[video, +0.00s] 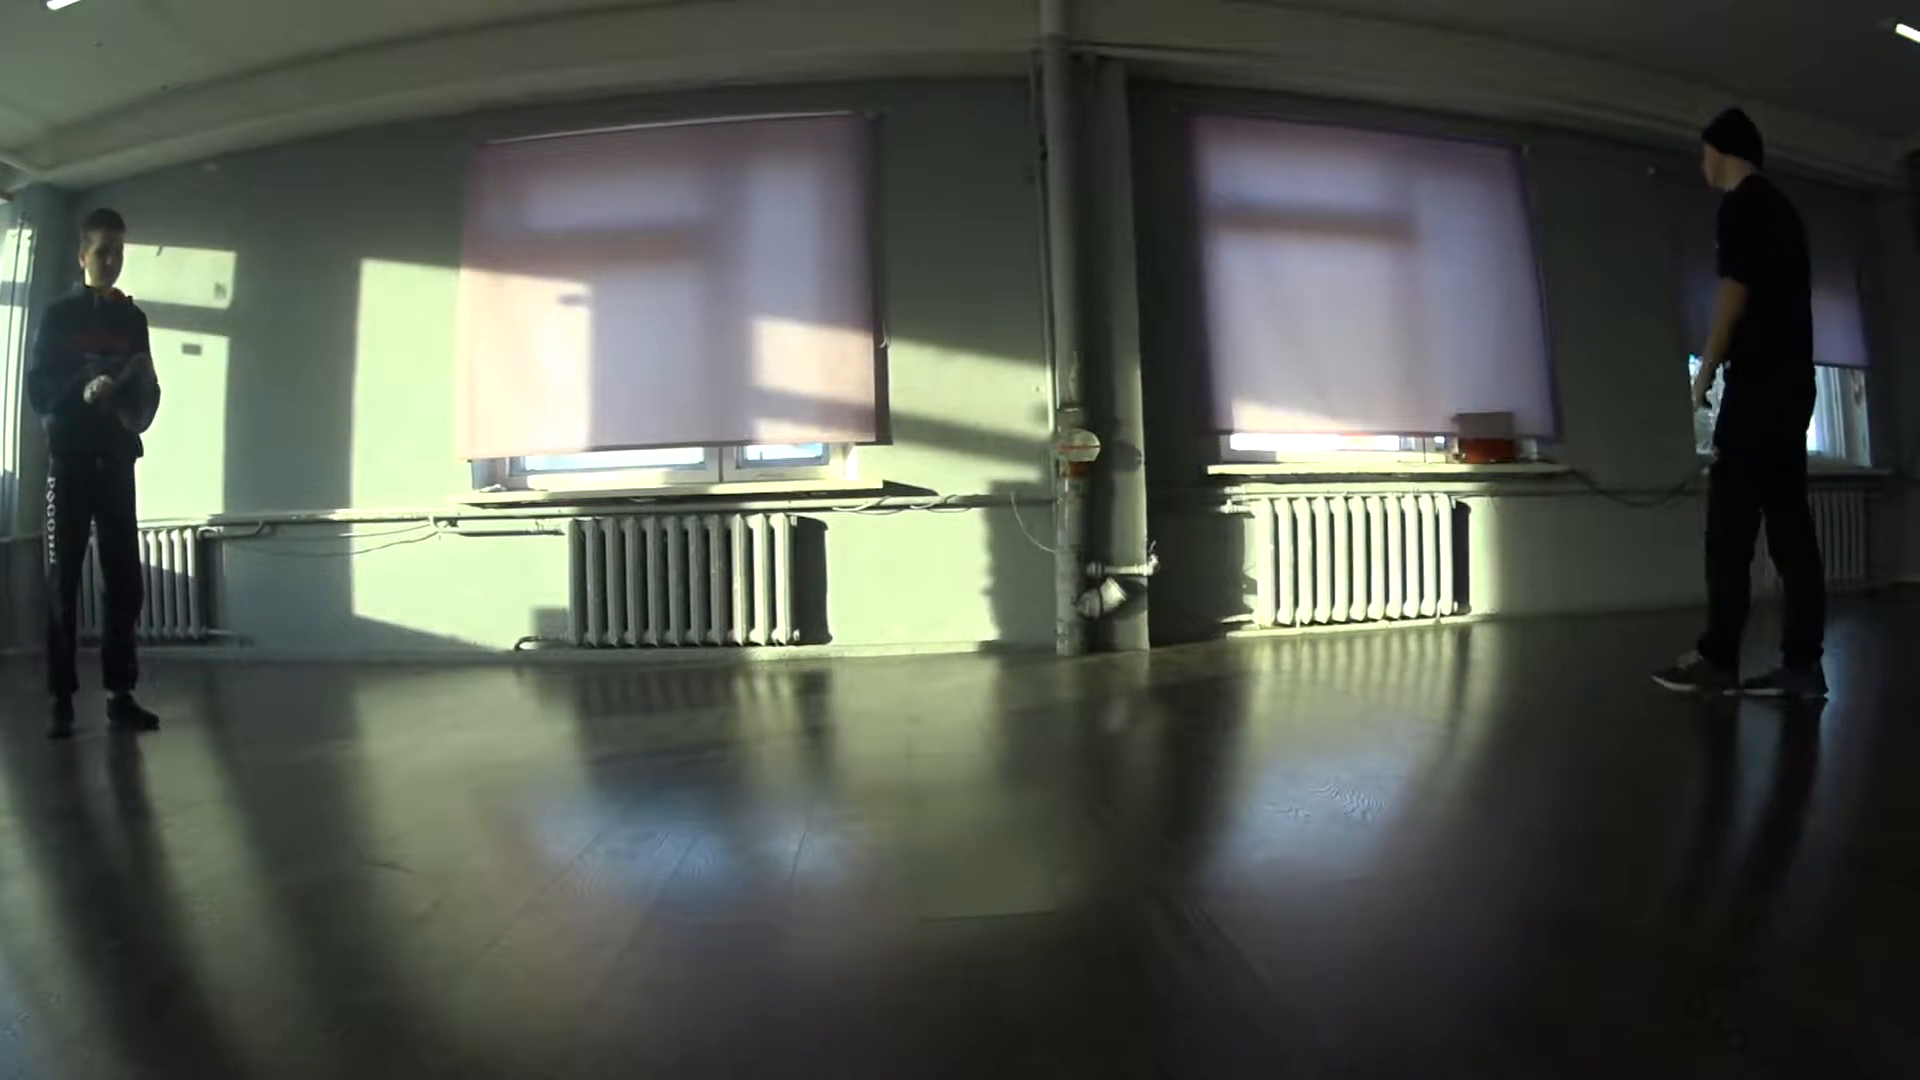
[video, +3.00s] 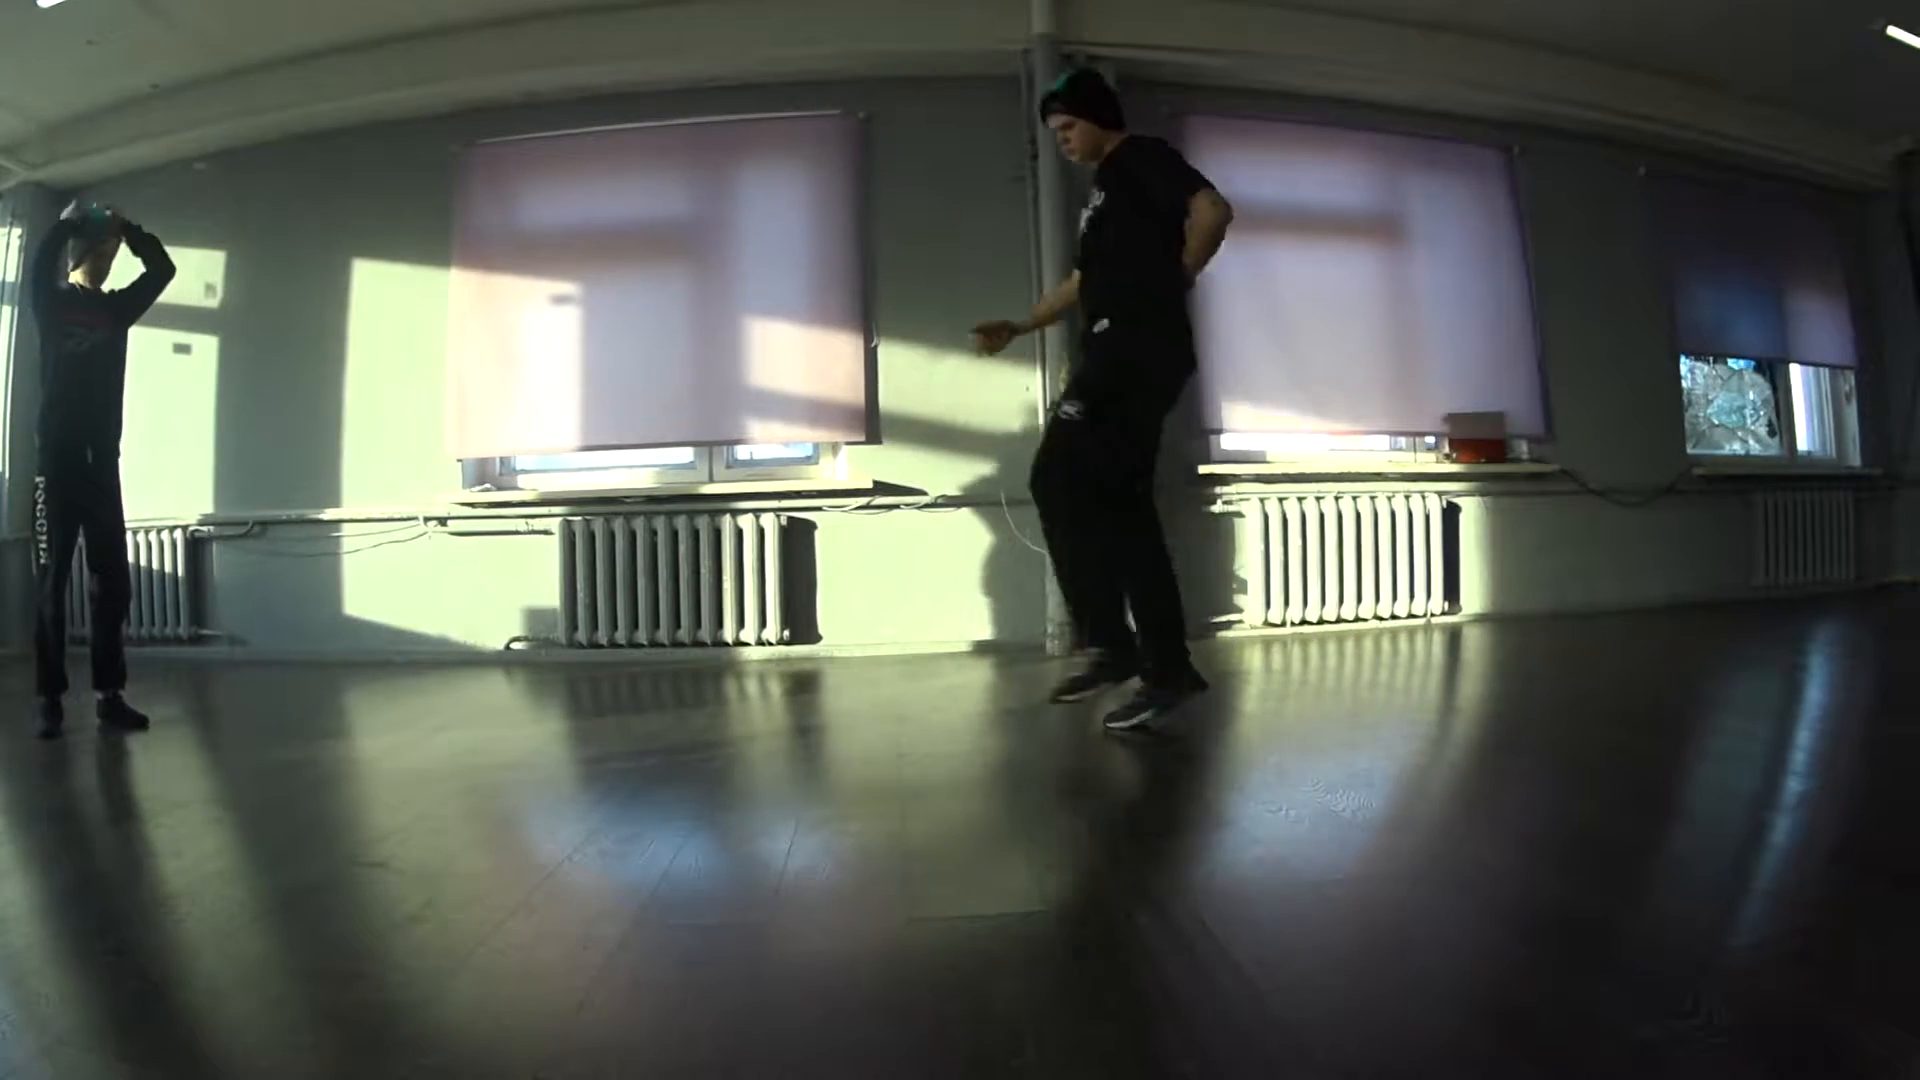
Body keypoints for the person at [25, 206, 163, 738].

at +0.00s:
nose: (111, 259)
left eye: (117, 250)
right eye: (102, 250)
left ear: (124, 254)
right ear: (82, 253)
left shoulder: (132, 315)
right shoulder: (59, 312)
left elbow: (148, 388)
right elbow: (38, 392)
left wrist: (130, 411)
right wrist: (81, 389)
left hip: (116, 457)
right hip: (70, 457)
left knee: (124, 576)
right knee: (64, 576)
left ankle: (121, 696)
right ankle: (62, 699)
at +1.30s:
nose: (105, 259)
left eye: (112, 251)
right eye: (97, 250)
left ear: (119, 255)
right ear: (77, 253)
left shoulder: (131, 316)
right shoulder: (52, 310)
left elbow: (160, 379)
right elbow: (30, 370)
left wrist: (150, 343)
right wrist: (81, 344)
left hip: (109, 462)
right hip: (61, 461)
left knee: (117, 578)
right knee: (56, 580)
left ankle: (115, 696)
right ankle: (56, 699)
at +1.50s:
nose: (107, 263)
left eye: (114, 255)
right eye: (98, 254)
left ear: (122, 259)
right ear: (79, 255)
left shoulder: (123, 312)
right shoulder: (61, 306)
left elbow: (171, 328)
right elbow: (41, 329)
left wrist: (159, 279)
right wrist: (77, 277)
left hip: (109, 457)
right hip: (62, 456)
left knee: (117, 579)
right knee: (57, 577)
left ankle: (115, 696)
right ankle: (55, 701)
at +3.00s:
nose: (108, 261)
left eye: (112, 253)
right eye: (101, 251)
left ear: (111, 256)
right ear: (78, 252)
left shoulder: (117, 307)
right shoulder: (50, 301)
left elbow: (162, 271)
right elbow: (40, 264)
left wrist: (129, 229)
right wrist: (67, 223)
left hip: (103, 454)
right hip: (57, 451)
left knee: (113, 579)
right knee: (54, 575)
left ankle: (111, 697)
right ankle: (50, 702)